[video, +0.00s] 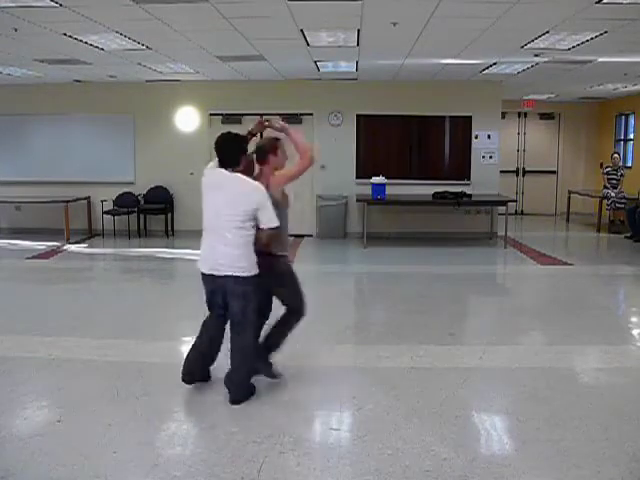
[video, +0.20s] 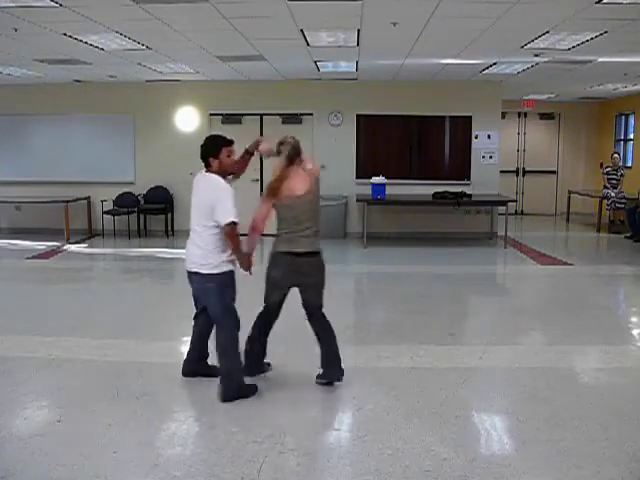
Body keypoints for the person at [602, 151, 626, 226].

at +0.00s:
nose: (615, 160)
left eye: (617, 158)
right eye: (613, 158)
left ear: (619, 160)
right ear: (611, 160)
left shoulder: (621, 170)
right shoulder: (606, 169)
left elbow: (621, 183)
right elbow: (605, 182)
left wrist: (617, 191)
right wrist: (611, 190)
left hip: (617, 188)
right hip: (608, 188)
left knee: (622, 196)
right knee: (611, 196)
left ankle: (621, 217)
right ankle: (611, 217)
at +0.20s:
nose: (615, 160)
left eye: (617, 158)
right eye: (613, 158)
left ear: (619, 160)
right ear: (611, 160)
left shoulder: (621, 170)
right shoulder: (606, 169)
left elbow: (621, 183)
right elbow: (605, 182)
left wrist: (617, 190)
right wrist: (611, 189)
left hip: (617, 188)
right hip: (608, 187)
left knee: (622, 196)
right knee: (611, 196)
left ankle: (621, 216)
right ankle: (611, 216)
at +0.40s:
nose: (615, 160)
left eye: (617, 158)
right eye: (613, 158)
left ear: (619, 160)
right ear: (611, 160)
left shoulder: (621, 170)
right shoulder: (606, 169)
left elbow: (621, 183)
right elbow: (605, 182)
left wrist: (617, 190)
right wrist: (611, 189)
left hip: (617, 188)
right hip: (608, 187)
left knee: (622, 196)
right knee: (611, 196)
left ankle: (621, 216)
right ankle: (611, 216)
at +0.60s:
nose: (615, 160)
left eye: (617, 158)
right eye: (613, 158)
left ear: (619, 160)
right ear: (611, 160)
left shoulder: (621, 170)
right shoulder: (606, 169)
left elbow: (621, 183)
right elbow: (605, 182)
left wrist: (617, 190)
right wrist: (611, 189)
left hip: (617, 188)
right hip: (608, 187)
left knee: (622, 196)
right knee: (611, 196)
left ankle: (621, 216)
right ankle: (611, 216)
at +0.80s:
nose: (615, 160)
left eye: (617, 158)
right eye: (613, 158)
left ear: (619, 160)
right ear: (611, 160)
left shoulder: (621, 170)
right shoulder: (606, 169)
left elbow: (621, 183)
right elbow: (605, 182)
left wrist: (617, 190)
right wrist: (611, 190)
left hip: (617, 189)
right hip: (608, 188)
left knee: (622, 196)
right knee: (611, 196)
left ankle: (621, 217)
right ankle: (611, 216)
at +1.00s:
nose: (615, 160)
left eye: (617, 158)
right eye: (613, 158)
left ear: (619, 160)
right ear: (611, 160)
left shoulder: (621, 170)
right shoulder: (606, 169)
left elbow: (621, 183)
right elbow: (605, 182)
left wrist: (617, 190)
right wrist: (611, 190)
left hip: (617, 189)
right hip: (608, 188)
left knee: (622, 196)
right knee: (611, 196)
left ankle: (621, 217)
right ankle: (611, 217)